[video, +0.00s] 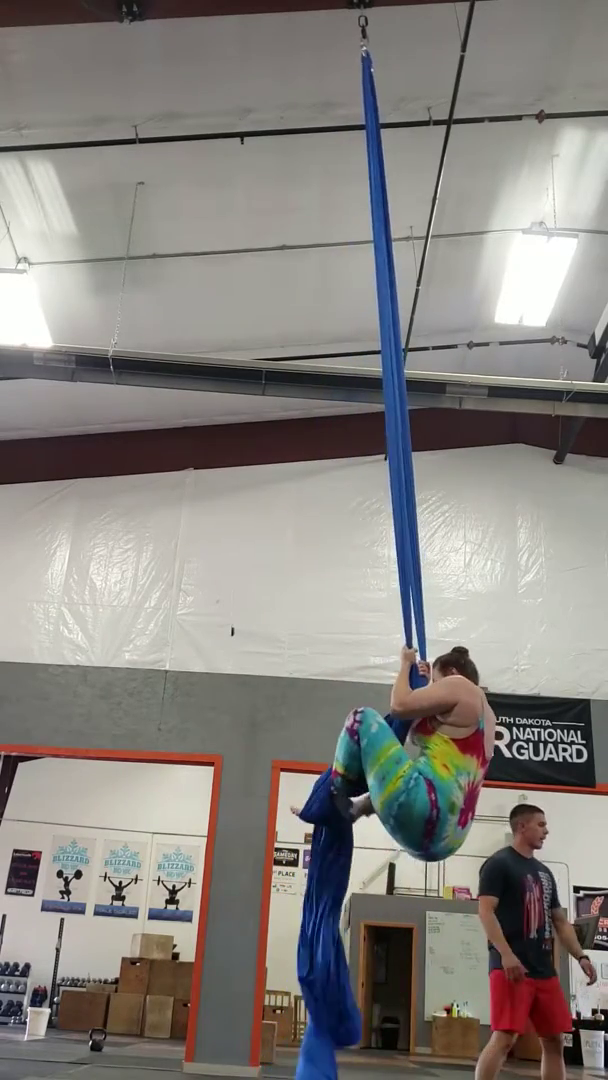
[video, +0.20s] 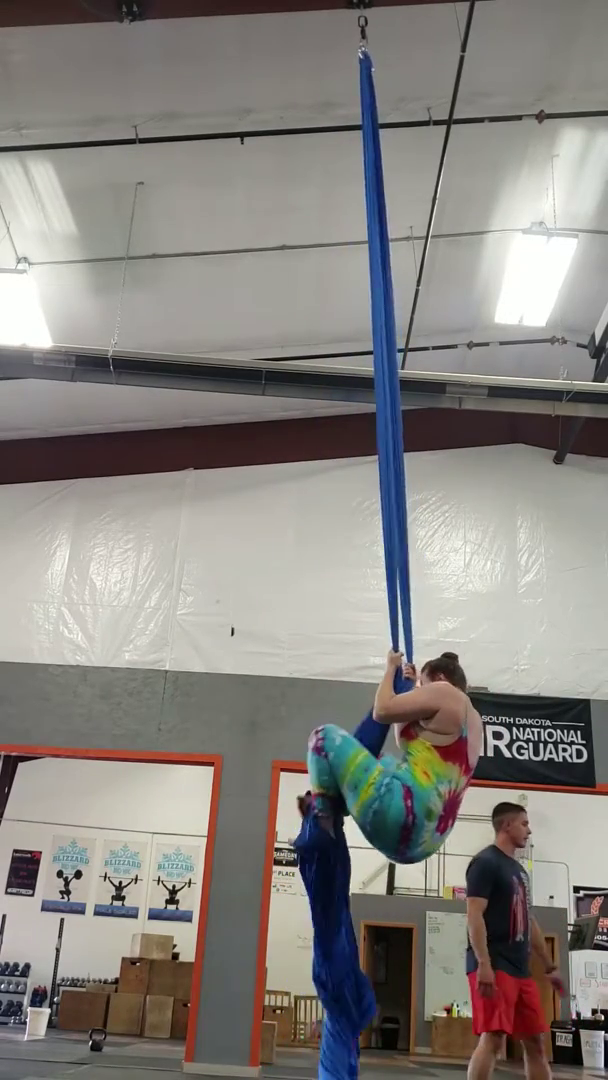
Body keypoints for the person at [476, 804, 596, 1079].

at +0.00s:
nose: (546, 830)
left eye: (546, 825)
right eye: (541, 825)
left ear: (528, 828)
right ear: (521, 827)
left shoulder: (545, 872)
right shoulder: (498, 864)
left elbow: (560, 921)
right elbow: (485, 912)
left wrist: (580, 956)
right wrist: (506, 954)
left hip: (543, 971)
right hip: (509, 968)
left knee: (553, 1042)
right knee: (503, 1039)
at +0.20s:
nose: (529, 830)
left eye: (528, 824)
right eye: (524, 824)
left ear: (511, 827)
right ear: (506, 825)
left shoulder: (518, 868)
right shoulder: (484, 862)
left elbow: (527, 921)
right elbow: (474, 915)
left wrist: (549, 966)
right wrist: (483, 964)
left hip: (521, 971)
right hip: (493, 969)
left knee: (535, 1043)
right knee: (491, 1041)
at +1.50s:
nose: (422, 829)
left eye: (421, 823)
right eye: (418, 823)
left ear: (397, 825)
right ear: (402, 824)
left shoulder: (380, 861)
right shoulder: (404, 858)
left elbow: (378, 916)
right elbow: (410, 908)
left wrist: (374, 964)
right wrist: (428, 955)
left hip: (380, 961)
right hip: (406, 960)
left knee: (385, 1032)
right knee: (424, 1032)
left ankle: (379, 1077)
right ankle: (432, 1077)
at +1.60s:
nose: (421, 829)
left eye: (420, 824)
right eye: (417, 823)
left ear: (395, 825)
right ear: (400, 824)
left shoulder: (377, 862)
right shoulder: (403, 858)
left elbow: (373, 918)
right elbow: (412, 908)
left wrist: (371, 965)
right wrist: (429, 955)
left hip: (378, 962)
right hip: (404, 960)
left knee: (383, 1031)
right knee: (420, 1031)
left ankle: (378, 1077)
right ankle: (424, 1078)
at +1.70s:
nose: (420, 829)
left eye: (419, 824)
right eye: (416, 823)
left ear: (395, 825)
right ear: (400, 824)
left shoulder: (374, 862)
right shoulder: (404, 858)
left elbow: (372, 915)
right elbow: (415, 908)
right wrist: (431, 956)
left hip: (375, 960)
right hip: (404, 959)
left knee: (381, 1031)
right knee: (422, 1030)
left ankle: (377, 1077)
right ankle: (428, 1076)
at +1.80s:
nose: (421, 830)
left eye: (420, 824)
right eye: (417, 824)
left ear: (395, 826)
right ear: (401, 824)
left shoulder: (373, 863)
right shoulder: (406, 859)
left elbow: (371, 916)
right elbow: (419, 908)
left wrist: (372, 961)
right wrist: (435, 957)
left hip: (375, 961)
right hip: (405, 959)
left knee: (380, 1031)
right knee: (424, 1029)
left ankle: (377, 1077)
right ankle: (433, 1076)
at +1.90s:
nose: (422, 830)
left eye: (422, 825)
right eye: (419, 825)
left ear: (397, 826)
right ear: (403, 825)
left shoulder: (374, 863)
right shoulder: (409, 859)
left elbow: (374, 915)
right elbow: (423, 909)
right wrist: (441, 956)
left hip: (375, 960)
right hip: (407, 958)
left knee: (380, 1032)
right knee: (427, 1030)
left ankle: (376, 1077)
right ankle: (439, 1076)